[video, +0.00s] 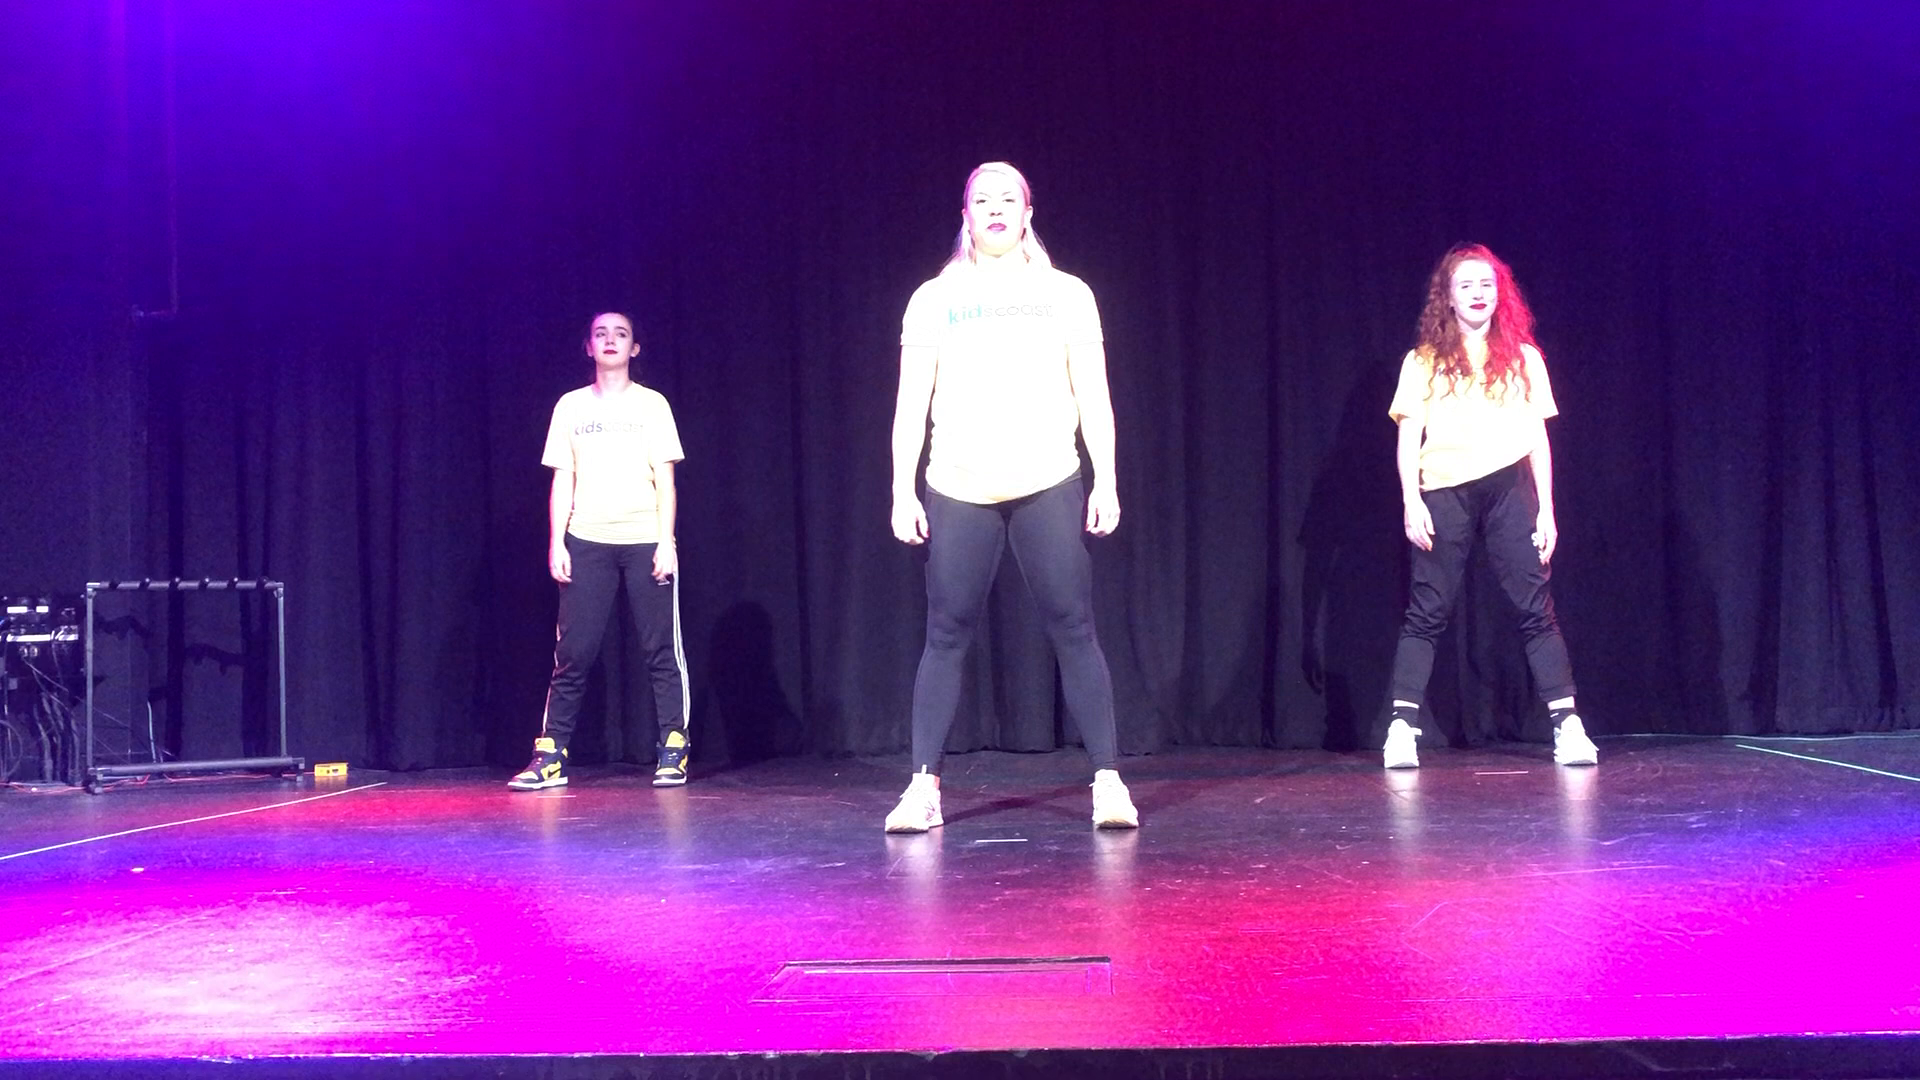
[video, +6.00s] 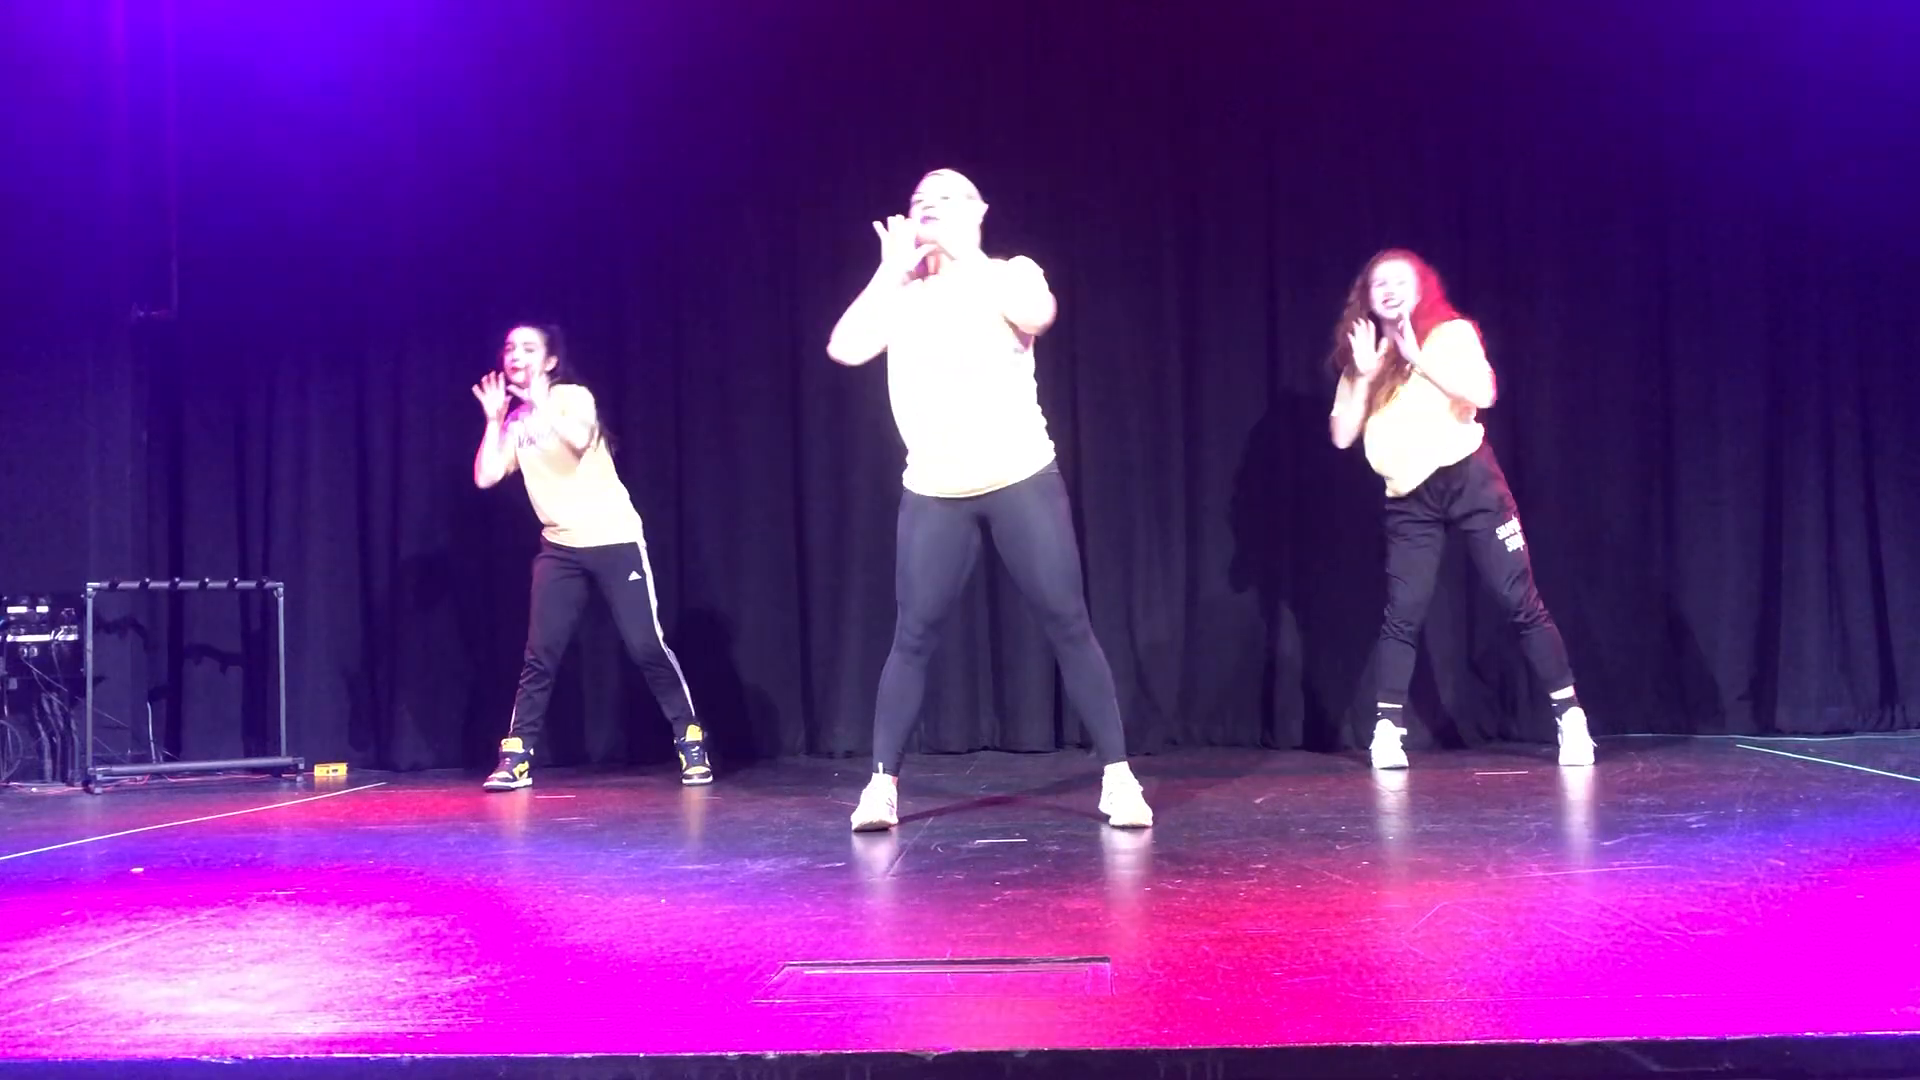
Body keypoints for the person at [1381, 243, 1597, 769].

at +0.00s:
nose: (1477, 294)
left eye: (1486, 284)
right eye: (1466, 285)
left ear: (1500, 293)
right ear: (1446, 294)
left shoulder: (1523, 355)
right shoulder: (1424, 360)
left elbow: (1538, 439)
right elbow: (1409, 437)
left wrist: (1545, 511)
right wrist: (1411, 499)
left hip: (1510, 489)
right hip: (1443, 493)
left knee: (1534, 605)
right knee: (1429, 609)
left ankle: (1566, 725)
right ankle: (1403, 726)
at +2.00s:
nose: (1478, 288)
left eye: (1487, 280)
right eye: (1468, 280)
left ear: (1502, 291)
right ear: (1448, 290)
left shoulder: (1527, 355)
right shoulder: (1426, 359)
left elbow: (1544, 435)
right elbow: (1413, 440)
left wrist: (1552, 506)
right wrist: (1417, 508)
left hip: (1514, 489)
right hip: (1446, 493)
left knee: (1536, 607)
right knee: (1430, 609)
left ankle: (1567, 725)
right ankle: (1404, 727)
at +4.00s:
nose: (1580, 322)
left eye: (1582, 315)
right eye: (1568, 313)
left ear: (1582, 326)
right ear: (1536, 321)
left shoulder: (1564, 384)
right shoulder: (1509, 373)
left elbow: (1610, 437)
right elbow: (1553, 423)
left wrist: (1601, 374)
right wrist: (1574, 362)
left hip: (1524, 523)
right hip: (1468, 522)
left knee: (1565, 612)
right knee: (1462, 634)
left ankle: (1572, 731)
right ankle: (1366, 722)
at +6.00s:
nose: (1390, 293)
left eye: (1399, 283)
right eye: (1381, 285)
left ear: (1421, 289)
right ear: (1367, 296)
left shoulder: (1450, 334)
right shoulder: (1363, 356)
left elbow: (1484, 394)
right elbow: (1342, 436)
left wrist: (1417, 358)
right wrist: (1363, 373)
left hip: (1473, 484)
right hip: (1408, 500)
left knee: (1520, 602)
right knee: (1402, 614)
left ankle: (1570, 718)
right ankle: (1388, 730)